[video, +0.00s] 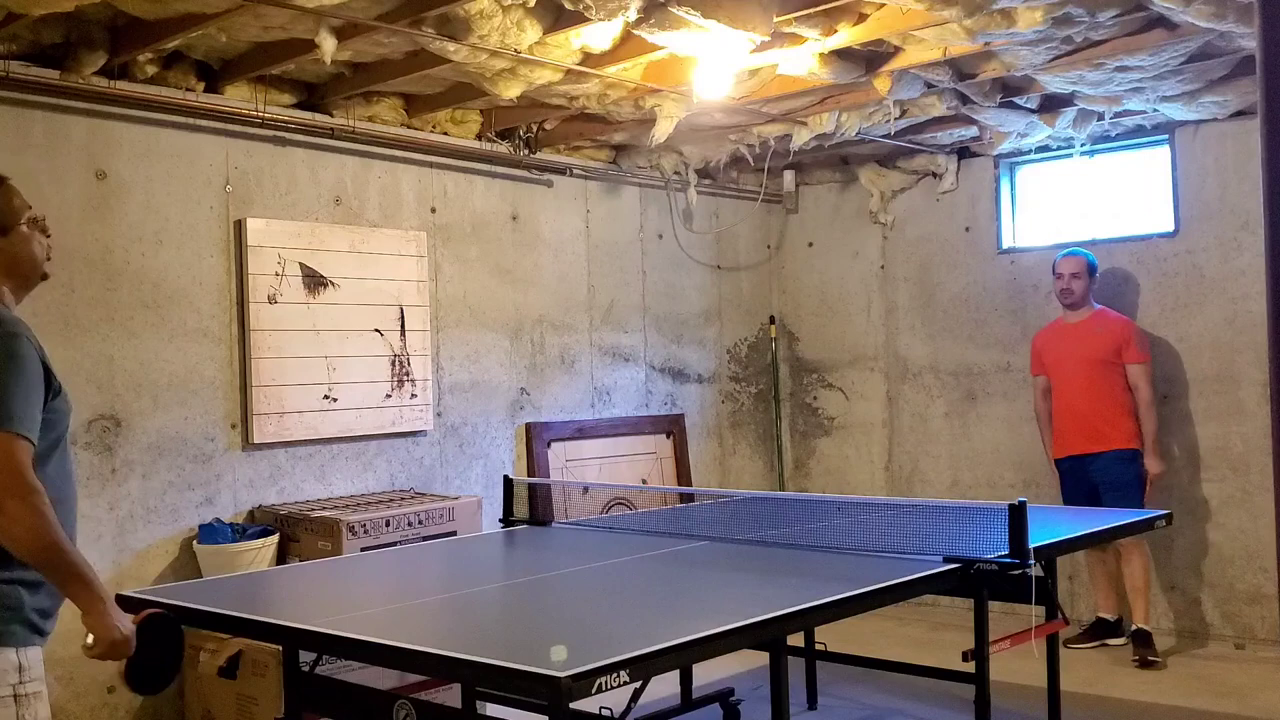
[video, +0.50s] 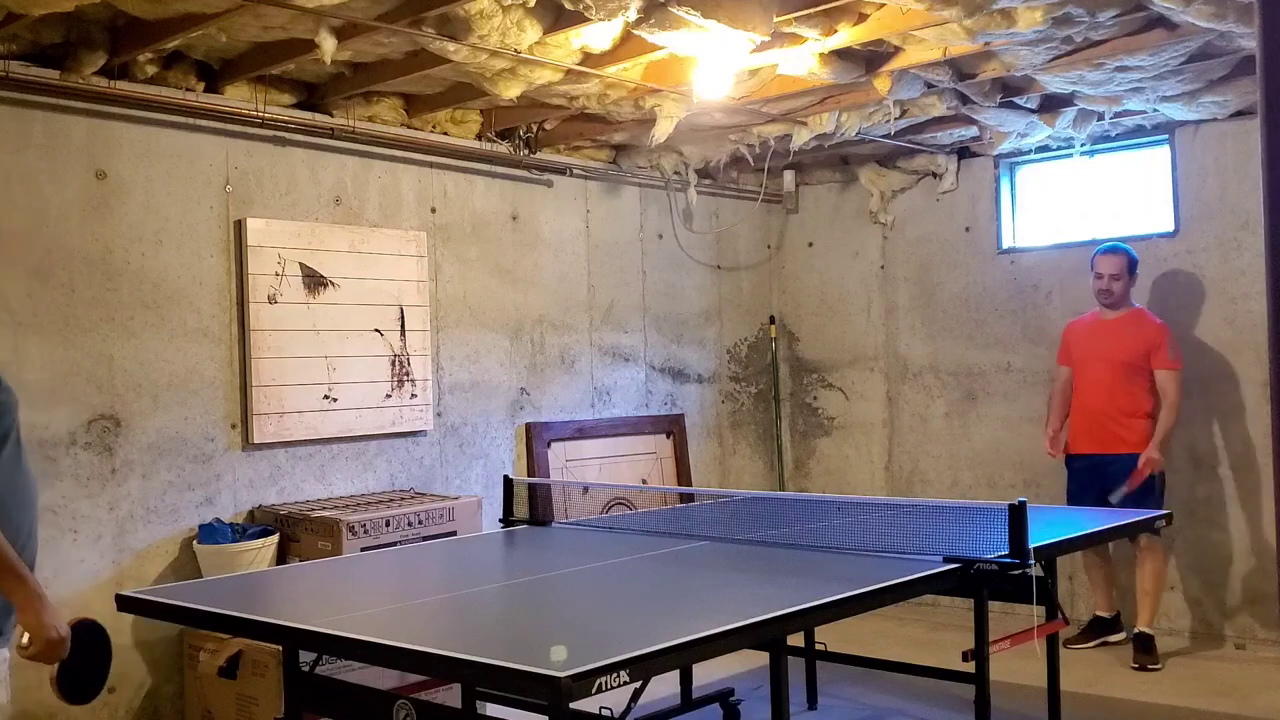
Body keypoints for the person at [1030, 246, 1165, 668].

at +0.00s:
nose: (1066, 284)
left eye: (1075, 276)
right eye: (1059, 276)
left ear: (1091, 281)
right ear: (1053, 282)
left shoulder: (1120, 327)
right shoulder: (1043, 339)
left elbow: (1142, 390)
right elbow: (1042, 401)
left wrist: (1151, 450)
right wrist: (1053, 452)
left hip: (1117, 449)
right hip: (1070, 455)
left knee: (1127, 538)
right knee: (1090, 542)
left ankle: (1140, 631)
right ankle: (1107, 622)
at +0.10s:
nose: (1069, 283)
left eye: (1079, 276)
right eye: (1063, 276)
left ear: (1095, 280)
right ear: (1056, 281)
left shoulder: (1124, 327)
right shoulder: (1045, 338)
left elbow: (1144, 391)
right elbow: (1042, 397)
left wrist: (1152, 451)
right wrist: (1053, 446)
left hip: (1119, 449)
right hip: (1071, 454)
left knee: (1128, 539)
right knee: (1090, 541)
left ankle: (1141, 632)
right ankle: (1107, 621)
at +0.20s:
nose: (1076, 282)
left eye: (1085, 275)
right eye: (1070, 275)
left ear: (1102, 280)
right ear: (1063, 280)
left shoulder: (1128, 328)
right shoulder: (1050, 336)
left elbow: (1149, 393)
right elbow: (1045, 391)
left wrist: (1157, 452)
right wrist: (1047, 435)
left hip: (1122, 451)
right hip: (1073, 455)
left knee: (1131, 540)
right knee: (1091, 542)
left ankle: (1142, 632)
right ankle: (1106, 621)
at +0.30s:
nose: (1084, 281)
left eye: (1094, 275)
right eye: (1079, 274)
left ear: (1112, 280)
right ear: (1071, 279)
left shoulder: (1135, 328)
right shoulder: (1059, 332)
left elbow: (1155, 396)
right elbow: (1052, 385)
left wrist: (1160, 454)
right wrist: (1046, 428)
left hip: (1125, 454)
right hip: (1075, 456)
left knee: (1135, 541)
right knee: (1092, 543)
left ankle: (1142, 633)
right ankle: (1106, 622)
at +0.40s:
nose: (1093, 281)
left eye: (1103, 274)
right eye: (1087, 273)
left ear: (1120, 279)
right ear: (1081, 277)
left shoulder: (1142, 329)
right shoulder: (1068, 331)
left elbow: (1162, 397)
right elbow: (1057, 383)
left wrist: (1160, 453)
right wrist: (1049, 423)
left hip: (1128, 454)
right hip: (1079, 455)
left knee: (1139, 542)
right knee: (1093, 544)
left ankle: (1143, 633)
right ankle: (1106, 621)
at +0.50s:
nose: (1105, 284)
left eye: (1114, 277)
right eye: (1099, 277)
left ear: (1131, 280)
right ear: (1091, 278)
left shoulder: (1152, 329)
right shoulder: (1076, 329)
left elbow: (1170, 397)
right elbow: (1062, 382)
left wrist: (1156, 445)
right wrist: (1054, 424)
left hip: (1135, 455)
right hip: (1084, 456)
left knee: (1146, 538)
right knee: (1088, 541)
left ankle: (1144, 631)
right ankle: (1105, 618)